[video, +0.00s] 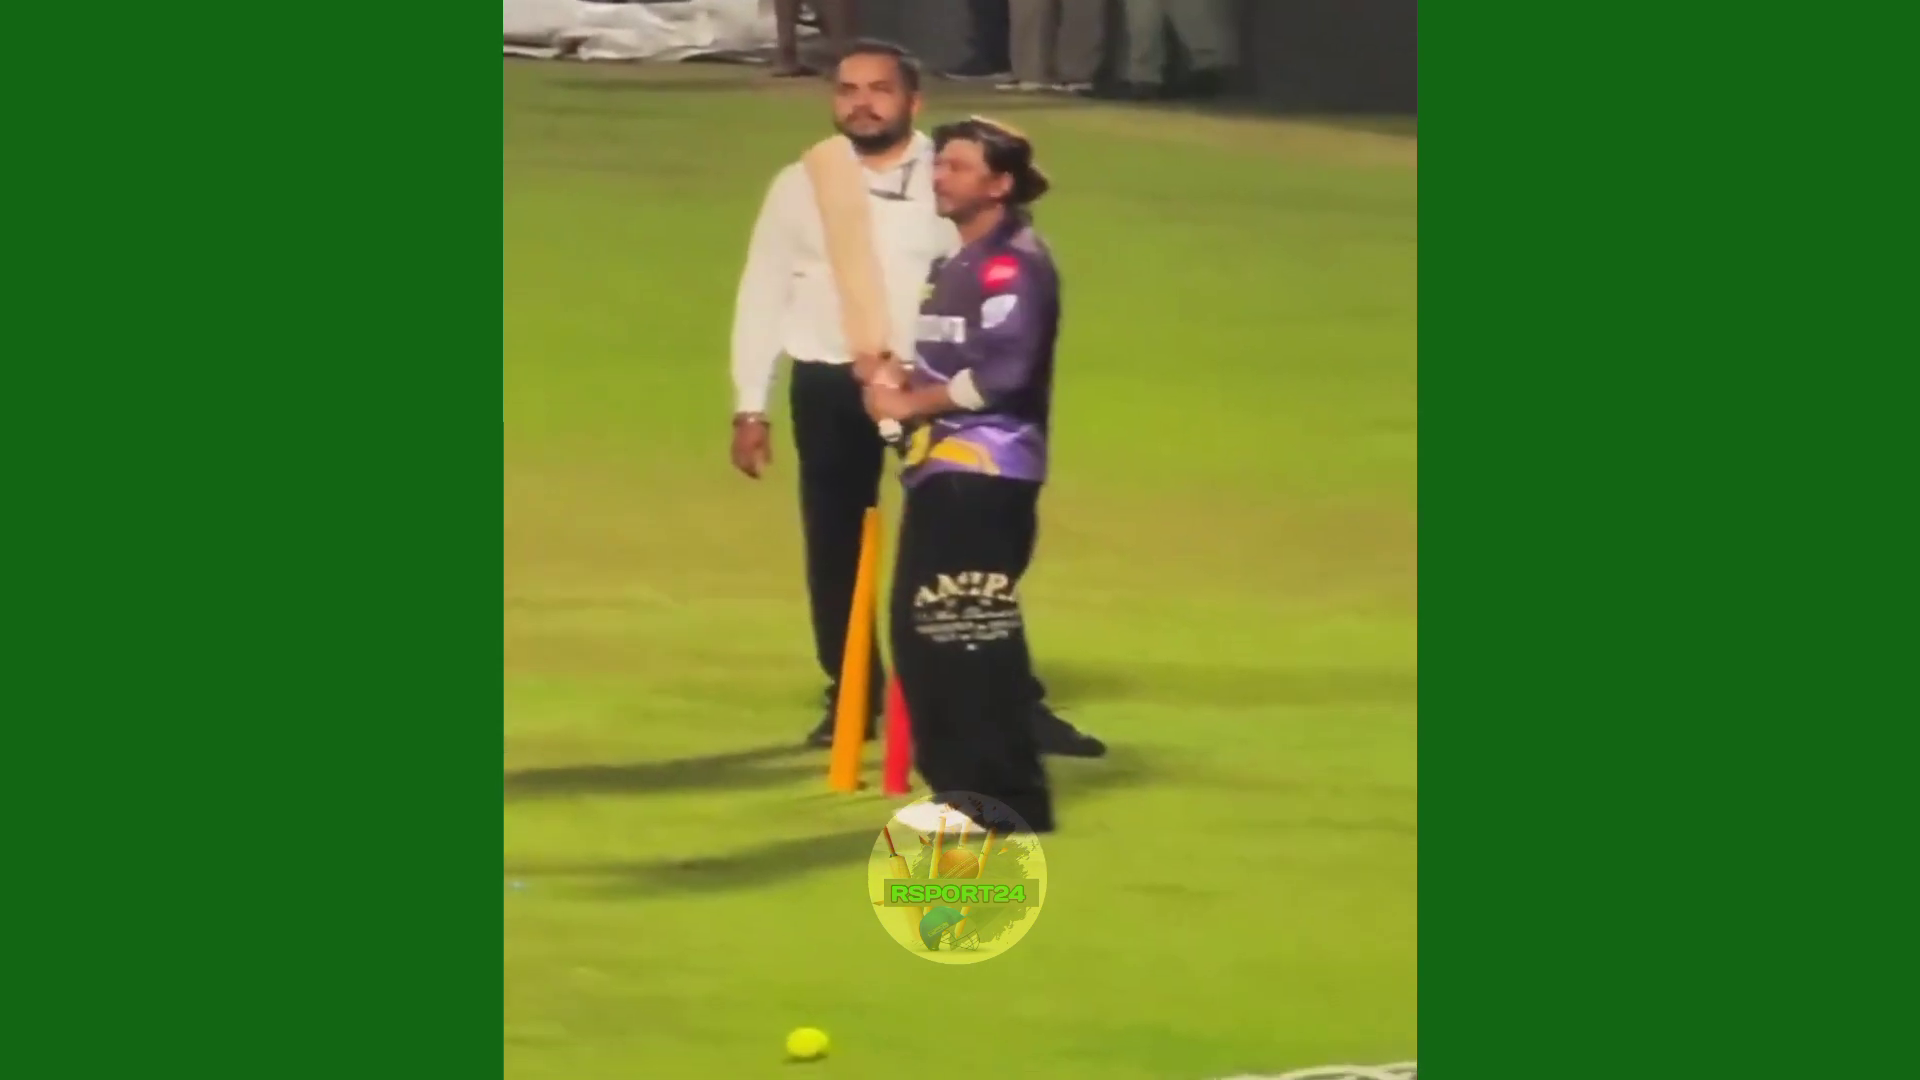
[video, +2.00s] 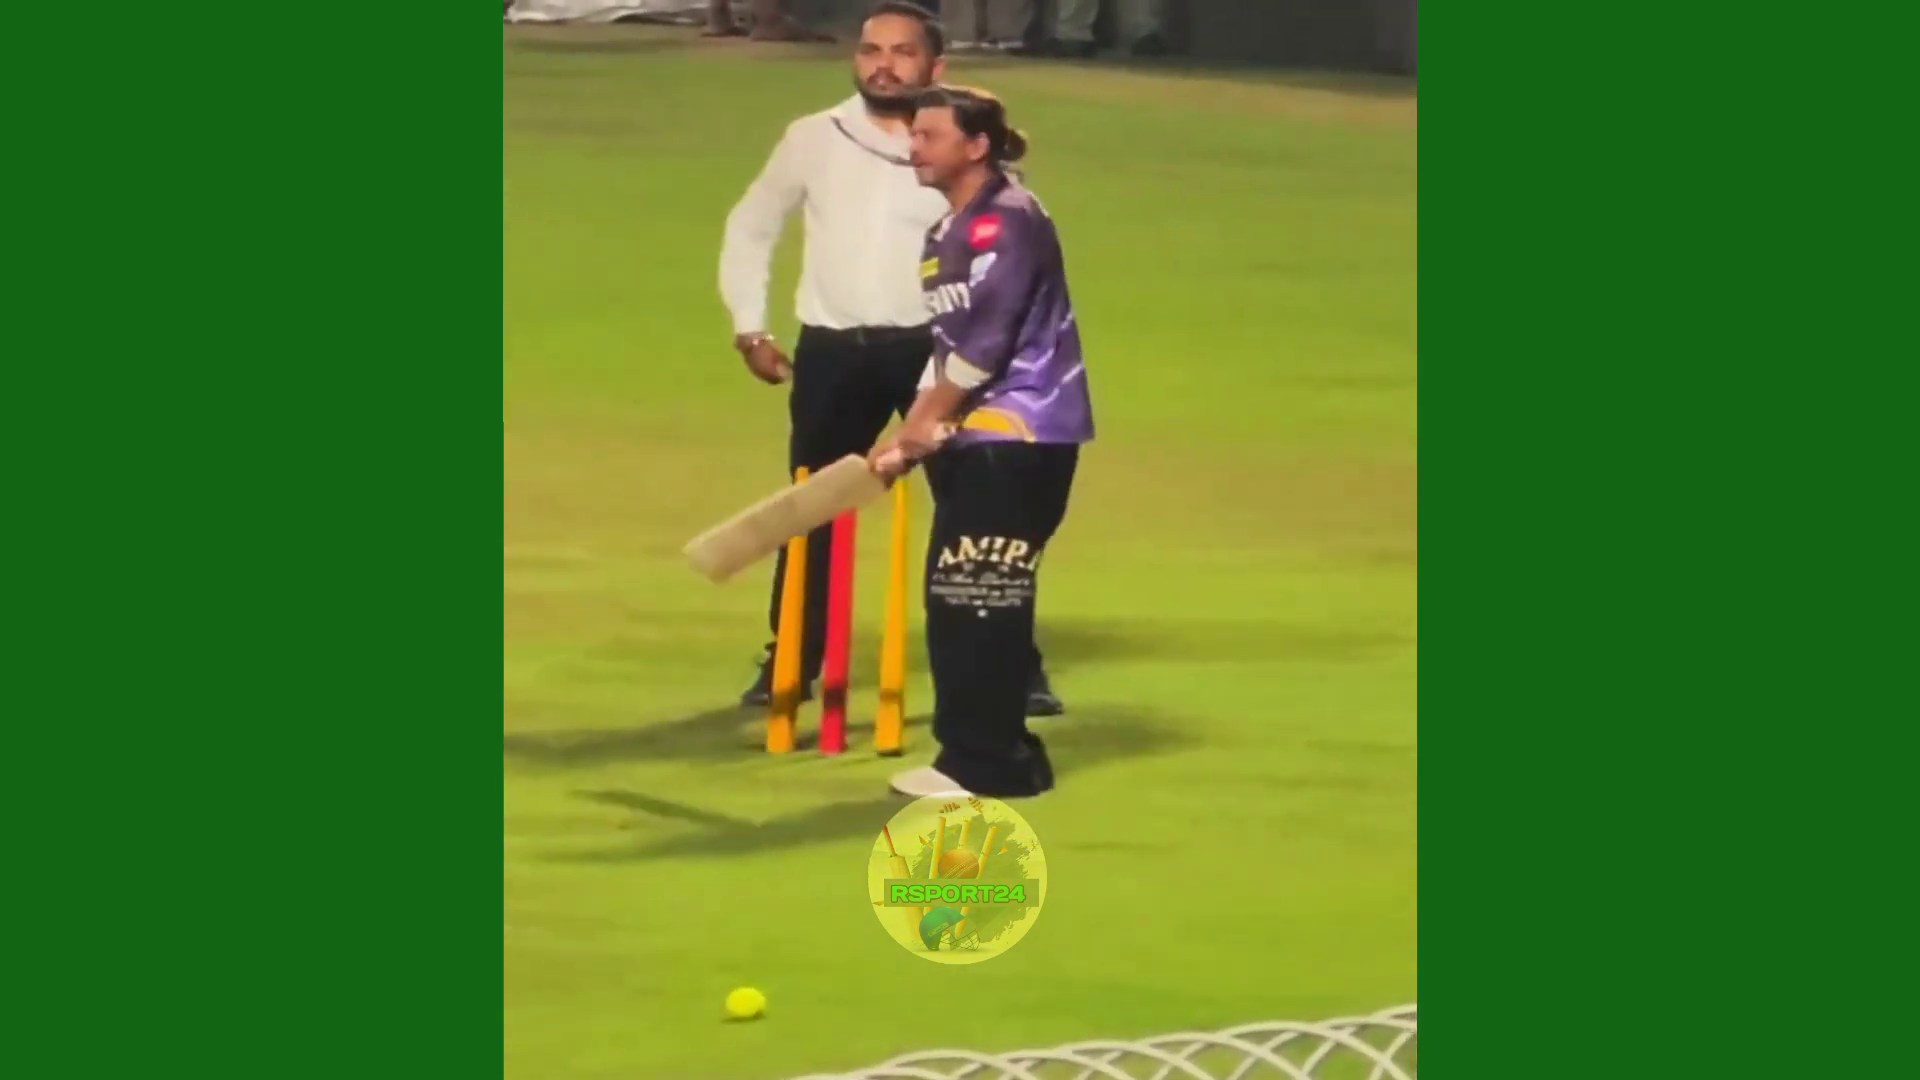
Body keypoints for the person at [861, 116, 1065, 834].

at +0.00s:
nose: (939, 176)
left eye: (954, 167)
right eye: (938, 165)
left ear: (1000, 183)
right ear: (944, 180)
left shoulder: (1015, 265)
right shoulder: (955, 263)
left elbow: (1005, 374)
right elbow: (949, 363)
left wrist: (911, 402)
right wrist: (899, 371)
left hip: (988, 472)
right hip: (945, 467)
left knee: (973, 636)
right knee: (925, 630)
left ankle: (1004, 798)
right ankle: (963, 792)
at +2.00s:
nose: (913, 147)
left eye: (928, 136)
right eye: (914, 135)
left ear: (976, 145)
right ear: (953, 148)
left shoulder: (1007, 224)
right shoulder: (949, 229)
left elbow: (980, 354)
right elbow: (949, 351)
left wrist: (919, 431)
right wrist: (907, 434)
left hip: (1021, 437)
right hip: (980, 435)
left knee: (978, 596)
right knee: (964, 593)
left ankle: (982, 761)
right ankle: (991, 753)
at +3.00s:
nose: (884, 217)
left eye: (899, 204)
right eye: (874, 205)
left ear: (941, 208)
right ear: (867, 213)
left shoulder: (982, 285)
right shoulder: (892, 301)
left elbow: (976, 413)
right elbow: (919, 414)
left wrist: (926, 492)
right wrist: (900, 506)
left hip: (1015, 488)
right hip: (958, 490)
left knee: (982, 647)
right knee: (928, 646)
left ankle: (962, 812)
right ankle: (942, 804)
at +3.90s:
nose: (845, 278)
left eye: (859, 263)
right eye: (834, 267)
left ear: (897, 266)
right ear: (826, 277)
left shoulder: (949, 337)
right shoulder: (859, 358)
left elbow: (969, 442)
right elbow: (899, 459)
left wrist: (908, 509)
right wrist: (871, 540)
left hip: (1000, 536)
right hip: (934, 537)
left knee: (957, 698)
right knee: (908, 693)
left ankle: (928, 859)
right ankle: (899, 852)